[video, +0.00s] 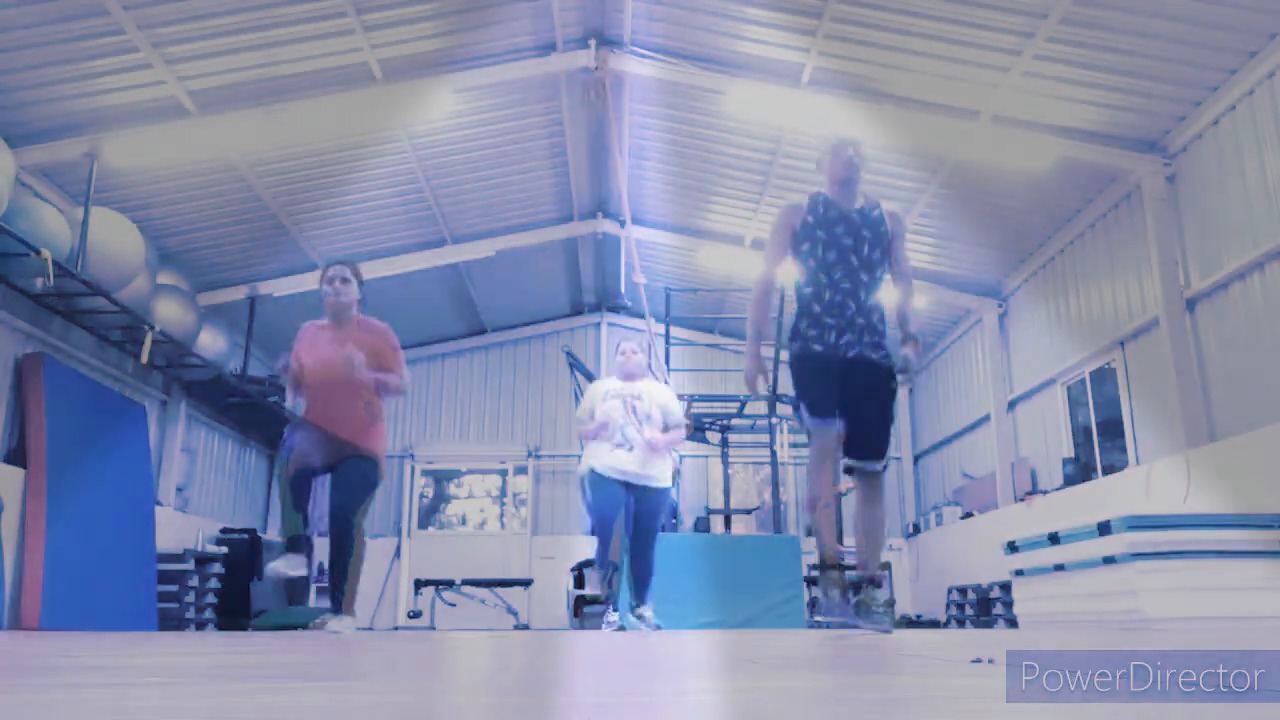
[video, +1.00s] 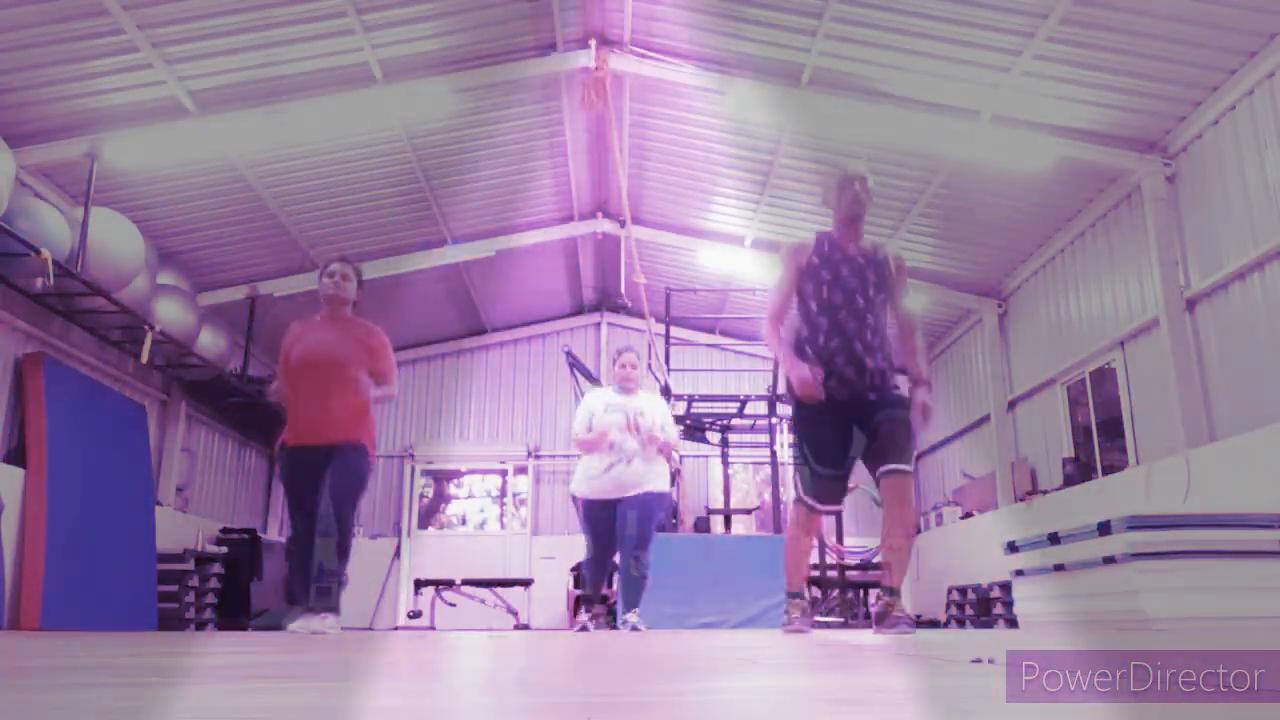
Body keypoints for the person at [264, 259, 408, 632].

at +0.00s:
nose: (336, 287)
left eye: (345, 281)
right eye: (330, 281)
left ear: (359, 291)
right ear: (322, 291)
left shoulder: (378, 333)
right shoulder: (308, 333)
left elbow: (400, 384)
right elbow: (297, 385)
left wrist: (367, 376)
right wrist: (291, 372)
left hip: (360, 442)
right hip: (316, 434)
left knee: (340, 512)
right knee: (299, 469)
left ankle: (337, 609)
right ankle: (301, 549)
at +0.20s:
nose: (324, 274)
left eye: (332, 269)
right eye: (318, 269)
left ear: (348, 280)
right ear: (310, 280)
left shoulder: (370, 322)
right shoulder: (294, 326)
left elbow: (401, 369)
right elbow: (281, 375)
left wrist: (376, 376)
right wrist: (280, 383)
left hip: (356, 436)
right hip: (308, 434)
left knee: (354, 518)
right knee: (296, 516)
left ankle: (358, 608)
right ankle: (295, 608)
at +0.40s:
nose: (317, 274)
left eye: (326, 269)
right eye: (311, 269)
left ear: (340, 281)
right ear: (301, 280)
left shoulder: (359, 322)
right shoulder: (284, 323)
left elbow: (389, 372)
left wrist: (371, 373)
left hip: (353, 437)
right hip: (299, 437)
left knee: (355, 519)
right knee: (292, 521)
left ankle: (358, 586)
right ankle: (295, 610)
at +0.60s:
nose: (322, 274)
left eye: (330, 269)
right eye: (315, 268)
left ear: (342, 278)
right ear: (304, 277)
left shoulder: (361, 318)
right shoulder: (285, 321)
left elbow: (384, 367)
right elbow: (266, 383)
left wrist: (375, 373)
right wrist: (278, 379)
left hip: (349, 418)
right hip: (299, 425)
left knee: (339, 448)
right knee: (296, 520)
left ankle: (342, 536)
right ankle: (294, 609)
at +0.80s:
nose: (328, 270)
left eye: (337, 265)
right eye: (322, 263)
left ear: (348, 275)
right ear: (310, 272)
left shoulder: (365, 317)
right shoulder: (289, 315)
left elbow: (389, 371)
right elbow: (266, 372)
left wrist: (368, 366)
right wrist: (280, 351)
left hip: (349, 416)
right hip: (299, 424)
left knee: (334, 450)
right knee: (297, 519)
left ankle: (336, 547)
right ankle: (296, 609)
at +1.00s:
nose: (336, 281)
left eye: (345, 277)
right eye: (329, 276)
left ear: (357, 290)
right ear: (319, 286)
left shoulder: (371, 335)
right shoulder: (297, 331)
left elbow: (389, 388)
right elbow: (280, 387)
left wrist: (370, 392)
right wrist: (280, 392)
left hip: (349, 441)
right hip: (302, 441)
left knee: (335, 515)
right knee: (302, 523)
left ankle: (326, 610)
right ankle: (301, 608)